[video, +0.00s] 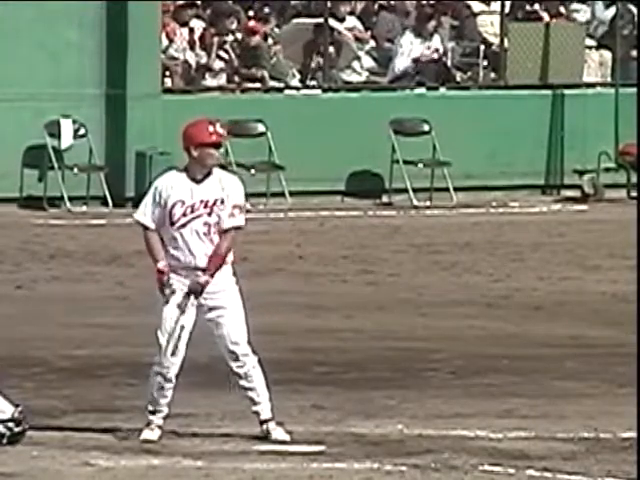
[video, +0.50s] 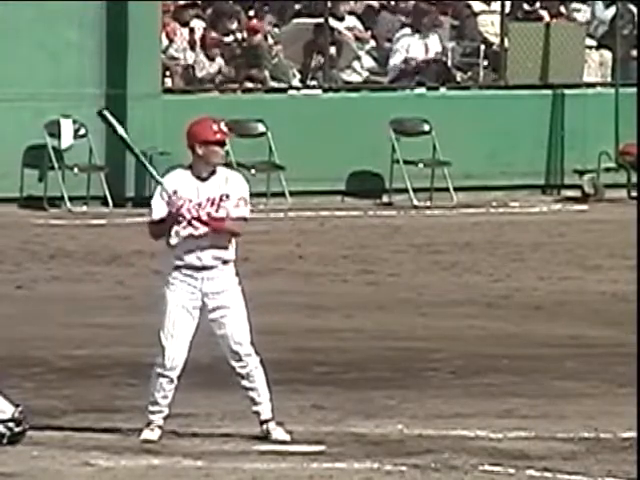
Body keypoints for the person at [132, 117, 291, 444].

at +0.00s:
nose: (217, 152)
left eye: (218, 146)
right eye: (211, 147)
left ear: (218, 149)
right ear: (193, 151)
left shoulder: (230, 184)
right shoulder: (167, 185)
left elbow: (229, 236)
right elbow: (149, 227)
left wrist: (206, 274)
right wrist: (162, 268)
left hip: (218, 276)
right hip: (180, 277)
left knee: (239, 349)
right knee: (168, 355)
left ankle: (267, 420)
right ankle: (155, 420)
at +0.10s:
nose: (221, 150)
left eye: (221, 145)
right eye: (213, 146)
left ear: (221, 148)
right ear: (195, 150)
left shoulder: (231, 184)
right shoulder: (168, 184)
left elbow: (229, 233)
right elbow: (152, 224)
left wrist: (197, 266)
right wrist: (162, 259)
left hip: (221, 279)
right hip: (180, 280)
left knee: (241, 351)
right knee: (169, 357)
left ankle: (267, 421)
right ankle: (155, 421)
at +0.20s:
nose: (222, 150)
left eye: (223, 145)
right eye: (215, 146)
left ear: (222, 147)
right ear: (196, 149)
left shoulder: (233, 183)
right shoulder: (169, 182)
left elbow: (227, 232)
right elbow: (154, 224)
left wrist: (193, 253)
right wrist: (162, 244)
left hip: (221, 277)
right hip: (184, 280)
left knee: (241, 351)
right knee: (169, 357)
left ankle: (267, 421)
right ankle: (154, 421)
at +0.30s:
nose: (222, 150)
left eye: (223, 144)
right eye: (215, 145)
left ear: (222, 147)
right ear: (196, 149)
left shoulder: (233, 182)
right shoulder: (169, 182)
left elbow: (229, 230)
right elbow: (155, 225)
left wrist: (187, 236)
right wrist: (159, 235)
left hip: (221, 276)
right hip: (182, 278)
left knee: (241, 350)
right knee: (170, 356)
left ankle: (267, 421)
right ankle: (155, 421)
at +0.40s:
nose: (222, 149)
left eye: (223, 144)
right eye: (215, 145)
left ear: (222, 147)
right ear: (197, 149)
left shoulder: (233, 182)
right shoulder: (171, 181)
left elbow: (231, 229)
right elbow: (152, 228)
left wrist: (197, 226)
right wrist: (165, 224)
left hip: (221, 275)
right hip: (182, 276)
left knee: (241, 350)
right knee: (170, 356)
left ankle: (268, 421)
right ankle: (154, 421)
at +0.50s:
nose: (222, 149)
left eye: (223, 144)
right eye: (215, 145)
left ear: (223, 146)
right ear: (197, 148)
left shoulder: (235, 181)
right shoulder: (173, 182)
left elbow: (238, 227)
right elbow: (155, 232)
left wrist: (207, 219)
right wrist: (174, 217)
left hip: (222, 274)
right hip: (183, 276)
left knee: (241, 350)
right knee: (171, 355)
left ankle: (268, 421)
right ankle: (155, 421)